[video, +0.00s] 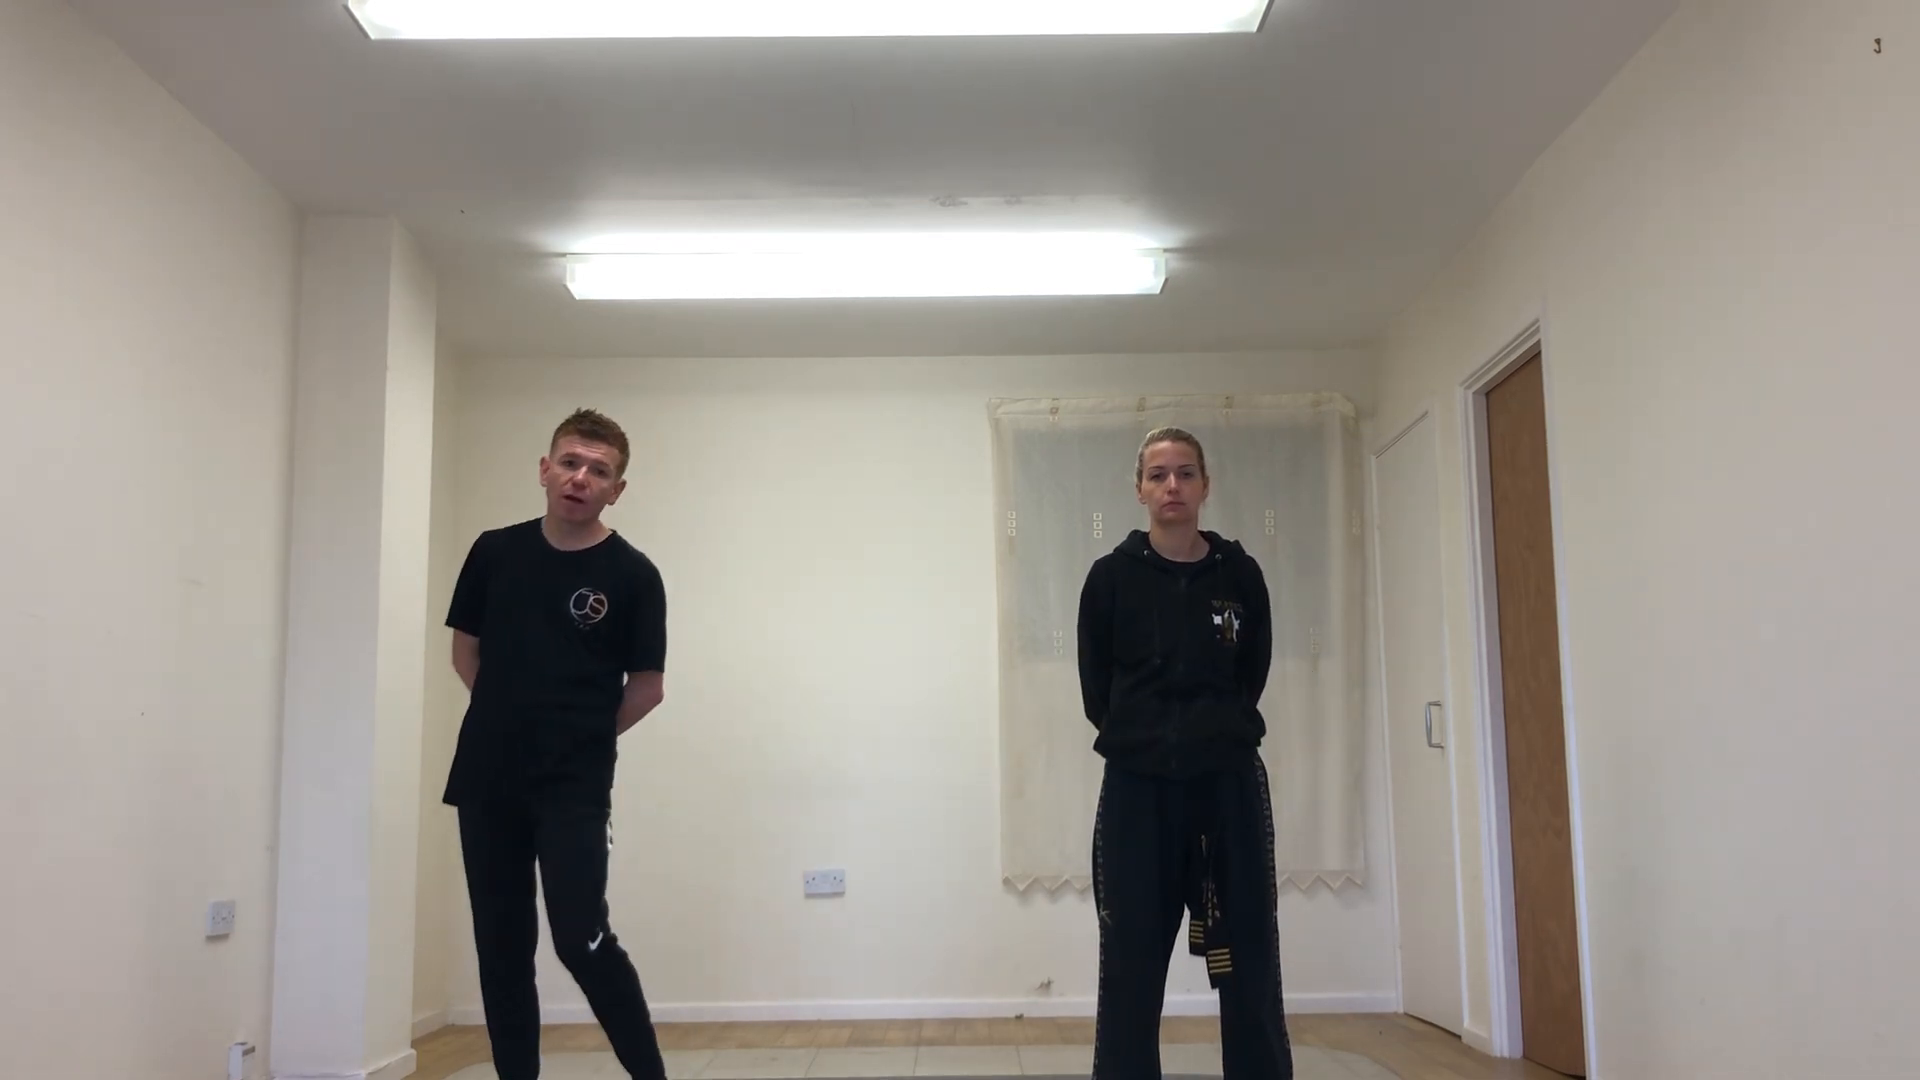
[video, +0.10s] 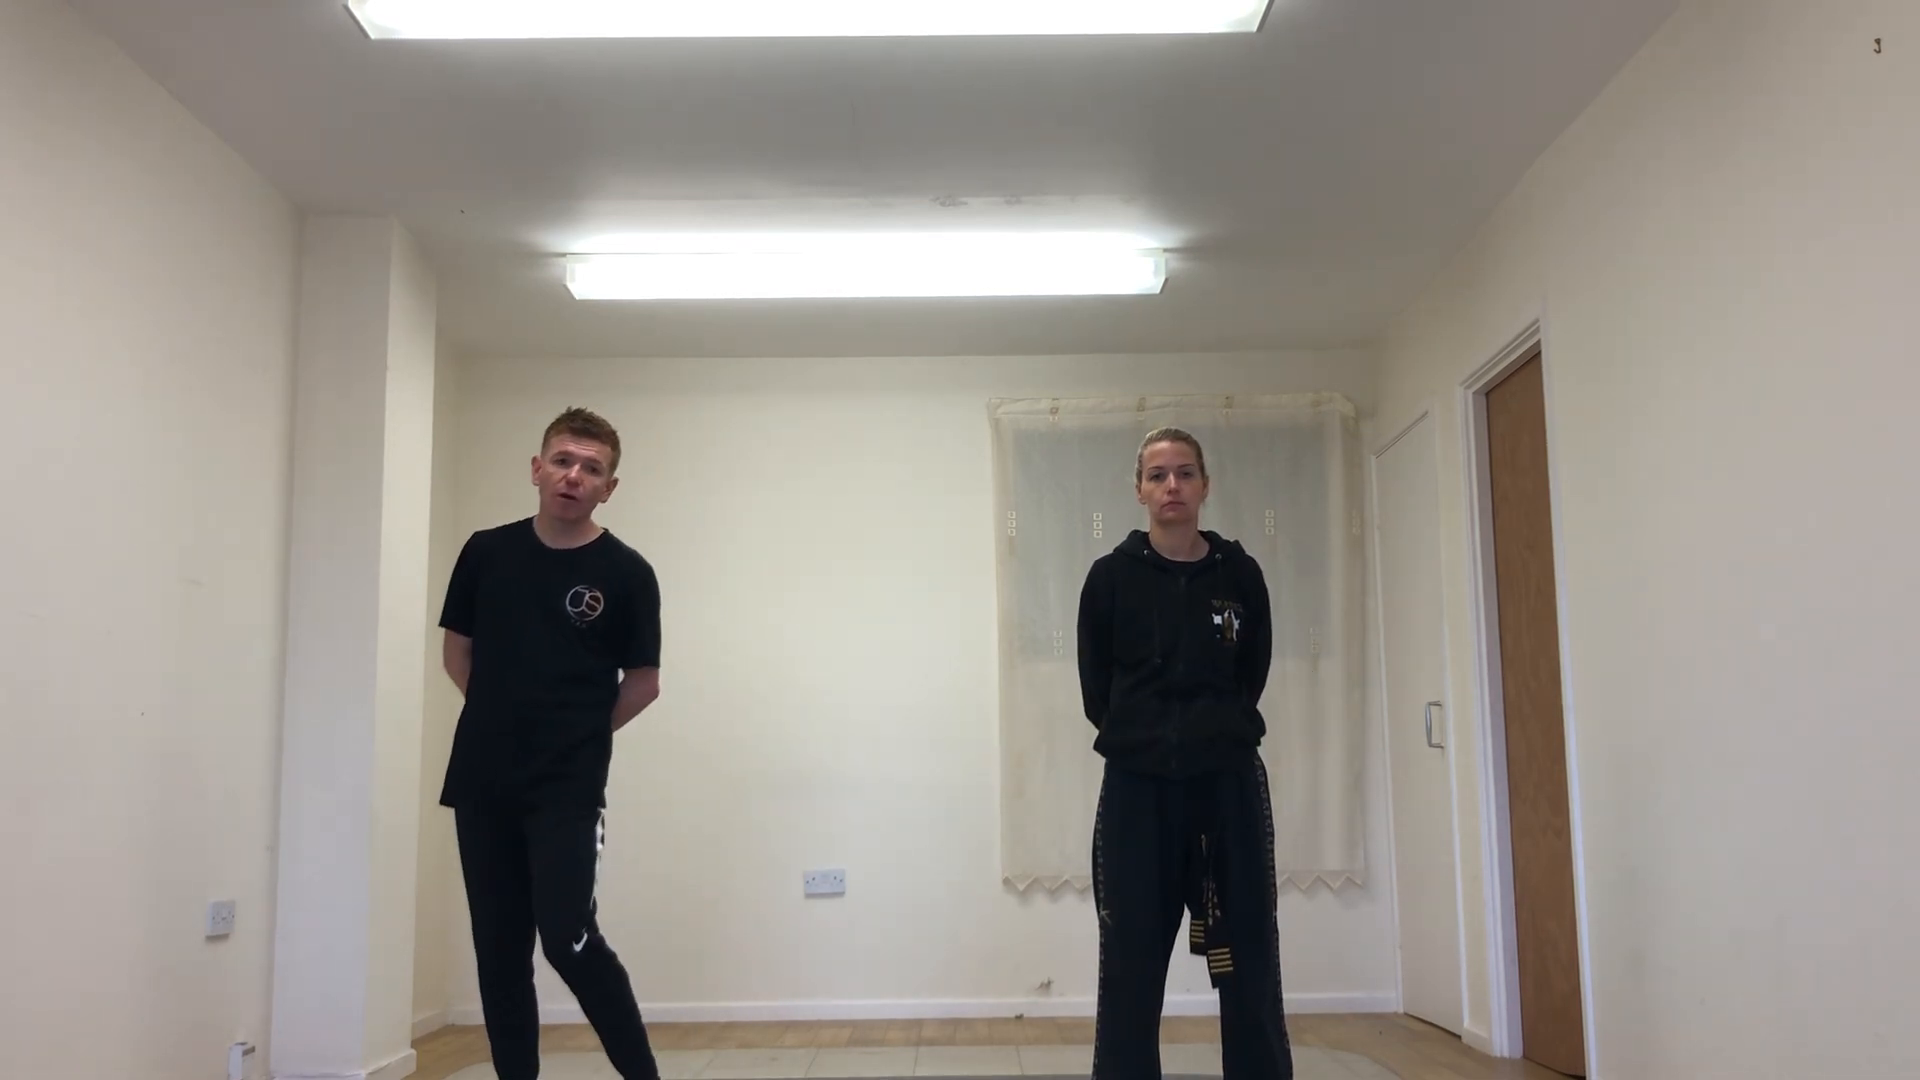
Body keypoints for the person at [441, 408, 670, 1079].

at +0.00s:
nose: (580, 478)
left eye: (597, 470)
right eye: (570, 462)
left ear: (616, 490)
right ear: (544, 469)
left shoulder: (633, 575)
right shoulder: (493, 550)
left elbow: (647, 689)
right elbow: (465, 654)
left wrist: (583, 730)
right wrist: (515, 714)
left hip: (574, 778)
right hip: (489, 772)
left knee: (580, 939)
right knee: (501, 951)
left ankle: (649, 1074)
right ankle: (516, 1076)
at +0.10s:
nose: (573, 476)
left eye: (590, 468)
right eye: (563, 460)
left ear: (608, 488)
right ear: (537, 468)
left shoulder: (627, 572)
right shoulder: (484, 551)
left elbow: (643, 684)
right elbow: (457, 656)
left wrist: (579, 727)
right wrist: (507, 714)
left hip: (567, 777)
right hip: (483, 773)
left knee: (568, 936)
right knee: (499, 951)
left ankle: (641, 1073)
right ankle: (516, 1076)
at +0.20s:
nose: (565, 472)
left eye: (582, 464)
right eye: (554, 457)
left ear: (599, 484)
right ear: (528, 468)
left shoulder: (619, 570)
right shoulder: (477, 552)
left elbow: (638, 682)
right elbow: (452, 657)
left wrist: (576, 727)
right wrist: (503, 715)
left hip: (565, 776)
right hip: (481, 773)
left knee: (571, 939)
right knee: (499, 954)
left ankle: (644, 1074)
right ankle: (516, 1076)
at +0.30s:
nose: (553, 470)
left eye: (571, 462)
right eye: (542, 456)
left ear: (590, 482)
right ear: (518, 467)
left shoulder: (612, 566)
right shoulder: (471, 553)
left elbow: (634, 679)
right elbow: (450, 659)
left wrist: (575, 728)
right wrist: (500, 717)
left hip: (565, 778)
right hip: (480, 775)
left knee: (582, 941)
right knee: (499, 956)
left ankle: (647, 1074)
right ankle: (515, 1077)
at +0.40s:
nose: (540, 467)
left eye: (558, 458)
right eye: (529, 454)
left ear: (579, 479)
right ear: (507, 468)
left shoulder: (607, 563)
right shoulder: (466, 555)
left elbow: (631, 676)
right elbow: (449, 664)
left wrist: (574, 728)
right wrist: (502, 717)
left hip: (567, 776)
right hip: (480, 775)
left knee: (587, 940)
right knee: (499, 954)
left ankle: (649, 1075)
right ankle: (515, 1076)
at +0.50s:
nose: (530, 465)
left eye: (546, 455)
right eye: (517, 452)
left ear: (569, 475)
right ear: (496, 467)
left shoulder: (601, 559)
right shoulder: (461, 558)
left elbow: (631, 670)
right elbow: (448, 667)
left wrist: (575, 725)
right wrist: (502, 716)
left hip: (567, 776)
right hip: (481, 777)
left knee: (589, 941)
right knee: (500, 953)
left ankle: (644, 1076)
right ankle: (516, 1076)